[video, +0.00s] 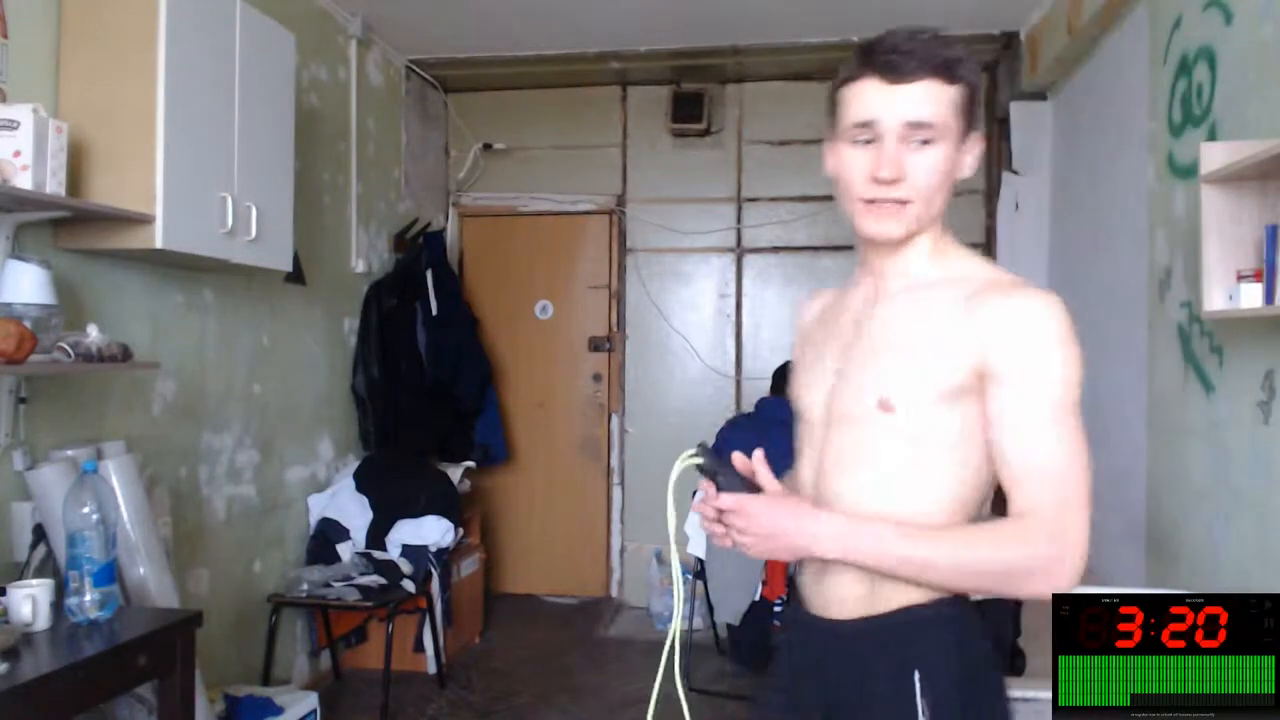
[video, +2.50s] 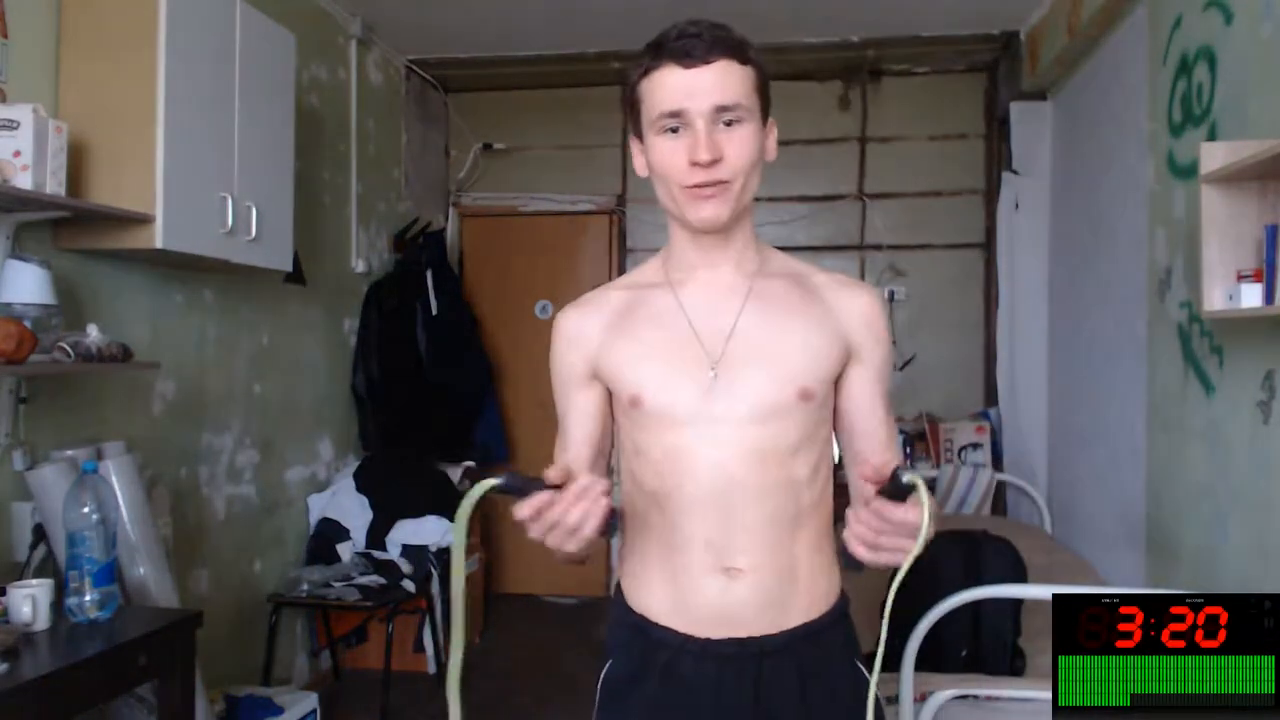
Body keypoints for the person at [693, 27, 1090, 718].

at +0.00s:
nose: (886, 167)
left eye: (921, 140)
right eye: (863, 138)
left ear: (967, 156)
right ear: (829, 156)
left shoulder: (1017, 319)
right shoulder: (817, 318)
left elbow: (1051, 555)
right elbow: (831, 490)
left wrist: (812, 532)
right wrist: (765, 508)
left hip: (923, 660)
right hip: (805, 650)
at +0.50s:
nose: (751, 172)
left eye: (773, 148)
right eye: (725, 154)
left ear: (805, 169)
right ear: (696, 184)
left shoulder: (894, 300)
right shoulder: (676, 339)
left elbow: (971, 481)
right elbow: (678, 513)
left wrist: (910, 451)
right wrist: (611, 468)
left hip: (873, 614)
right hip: (747, 619)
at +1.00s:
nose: (750, 171)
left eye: (770, 147)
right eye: (723, 155)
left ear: (804, 166)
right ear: (694, 190)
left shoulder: (901, 301)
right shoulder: (683, 339)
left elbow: (965, 498)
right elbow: (666, 519)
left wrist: (1008, 364)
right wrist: (557, 410)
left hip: (880, 630)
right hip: (750, 633)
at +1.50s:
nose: (826, 158)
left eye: (855, 131)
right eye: (801, 134)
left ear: (899, 151)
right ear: (773, 161)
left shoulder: (979, 320)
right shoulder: (733, 318)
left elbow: (1018, 543)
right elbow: (710, 498)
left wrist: (1077, 397)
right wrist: (590, 422)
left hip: (904, 655)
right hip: (759, 648)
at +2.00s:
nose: (736, 167)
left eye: (761, 134)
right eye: (708, 141)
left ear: (802, 144)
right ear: (672, 160)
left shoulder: (875, 314)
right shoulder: (623, 322)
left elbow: (901, 515)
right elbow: (615, 518)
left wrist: (978, 472)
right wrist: (508, 474)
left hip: (821, 665)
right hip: (670, 665)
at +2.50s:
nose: (704, 152)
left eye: (729, 121)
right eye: (674, 128)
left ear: (768, 141)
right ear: (639, 154)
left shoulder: (848, 311)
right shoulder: (589, 328)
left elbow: (881, 486)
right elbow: (575, 510)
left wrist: (892, 524)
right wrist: (568, 521)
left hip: (811, 669)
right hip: (655, 673)